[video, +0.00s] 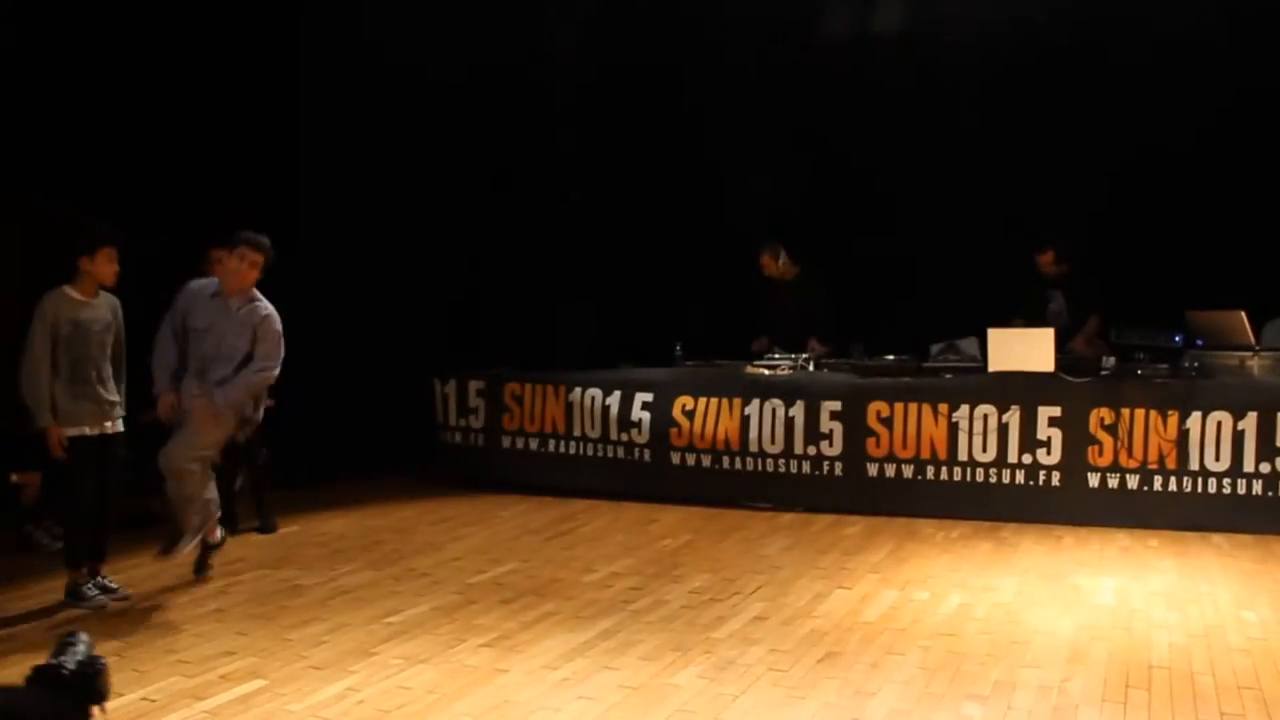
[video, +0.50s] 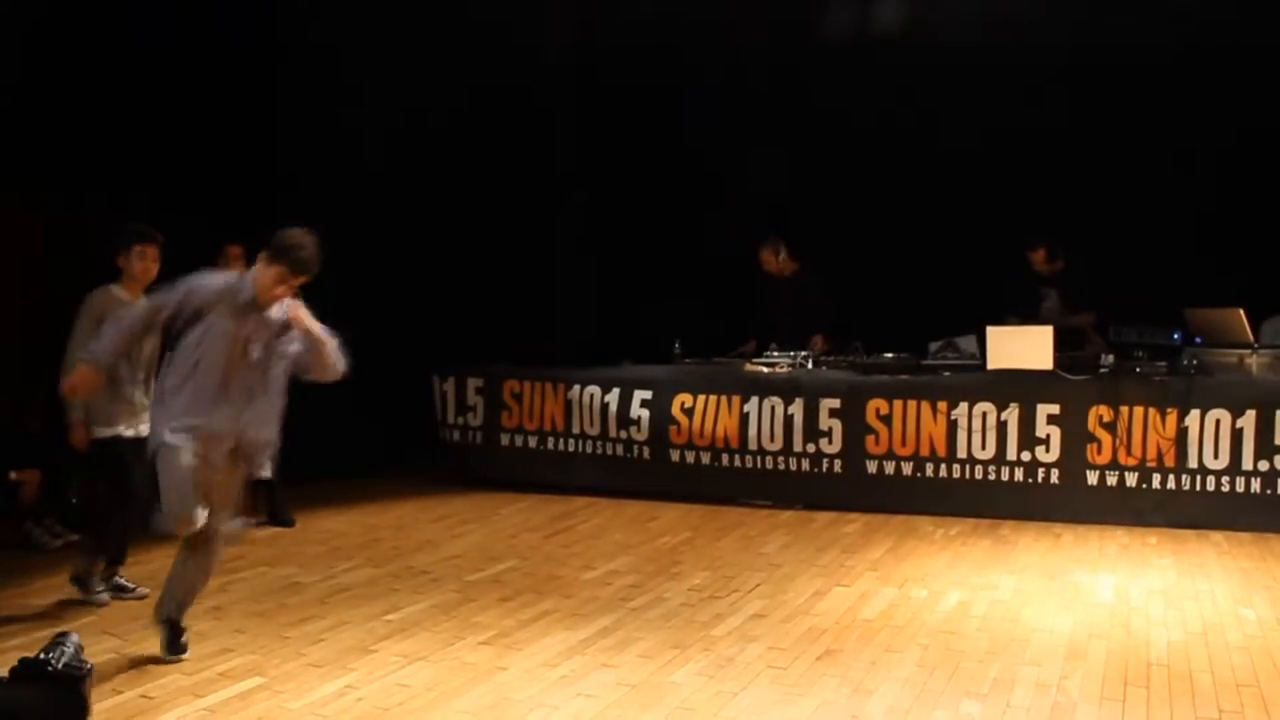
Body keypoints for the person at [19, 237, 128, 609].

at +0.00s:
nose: (115, 269)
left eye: (115, 262)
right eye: (108, 262)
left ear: (106, 267)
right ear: (85, 264)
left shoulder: (112, 306)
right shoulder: (54, 306)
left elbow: (117, 362)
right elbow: (37, 368)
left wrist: (118, 406)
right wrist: (48, 423)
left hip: (109, 426)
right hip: (71, 431)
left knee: (105, 503)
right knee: (77, 505)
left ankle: (97, 573)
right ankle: (77, 579)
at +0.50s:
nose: (149, 266)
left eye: (154, 259)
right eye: (142, 258)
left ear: (159, 265)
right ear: (124, 261)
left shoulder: (151, 309)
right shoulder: (102, 302)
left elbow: (148, 367)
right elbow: (77, 361)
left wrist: (152, 413)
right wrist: (77, 418)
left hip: (138, 424)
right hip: (104, 425)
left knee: (130, 501)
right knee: (105, 501)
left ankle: (113, 569)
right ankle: (87, 569)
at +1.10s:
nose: (217, 254)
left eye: (219, 247)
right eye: (210, 246)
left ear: (215, 251)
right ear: (188, 248)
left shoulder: (196, 289)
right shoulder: (185, 288)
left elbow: (195, 351)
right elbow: (183, 349)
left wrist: (202, 401)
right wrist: (187, 403)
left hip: (194, 413)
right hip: (177, 414)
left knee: (202, 485)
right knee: (168, 491)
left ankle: (226, 558)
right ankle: (156, 573)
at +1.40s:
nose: (198, 292)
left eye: (201, 286)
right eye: (199, 285)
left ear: (172, 271)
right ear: (191, 273)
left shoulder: (137, 304)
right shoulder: (175, 296)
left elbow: (132, 368)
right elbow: (179, 355)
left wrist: (139, 422)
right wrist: (194, 406)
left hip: (151, 417)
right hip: (175, 414)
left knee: (180, 481)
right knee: (192, 478)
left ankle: (181, 557)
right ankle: (159, 539)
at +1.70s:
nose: (120, 269)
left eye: (117, 264)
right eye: (121, 264)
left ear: (85, 263)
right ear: (118, 263)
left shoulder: (62, 297)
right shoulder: (125, 297)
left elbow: (50, 356)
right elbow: (143, 359)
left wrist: (68, 389)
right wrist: (143, 408)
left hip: (67, 421)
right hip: (114, 418)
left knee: (74, 493)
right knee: (127, 481)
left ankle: (81, 565)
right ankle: (144, 539)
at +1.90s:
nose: (67, 281)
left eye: (65, 276)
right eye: (66, 276)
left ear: (29, 271)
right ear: (62, 275)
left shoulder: (8, 298)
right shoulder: (72, 309)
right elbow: (92, 370)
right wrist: (87, 420)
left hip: (9, 414)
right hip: (52, 415)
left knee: (19, 479)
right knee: (60, 481)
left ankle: (32, 530)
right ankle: (62, 553)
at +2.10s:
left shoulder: (5, 304)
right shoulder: (5, 304)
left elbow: (23, 361)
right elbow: (24, 361)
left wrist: (14, 409)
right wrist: (15, 408)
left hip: (4, 422)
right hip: (5, 422)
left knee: (5, 487)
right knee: (5, 487)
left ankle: (4, 536)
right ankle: (4, 536)